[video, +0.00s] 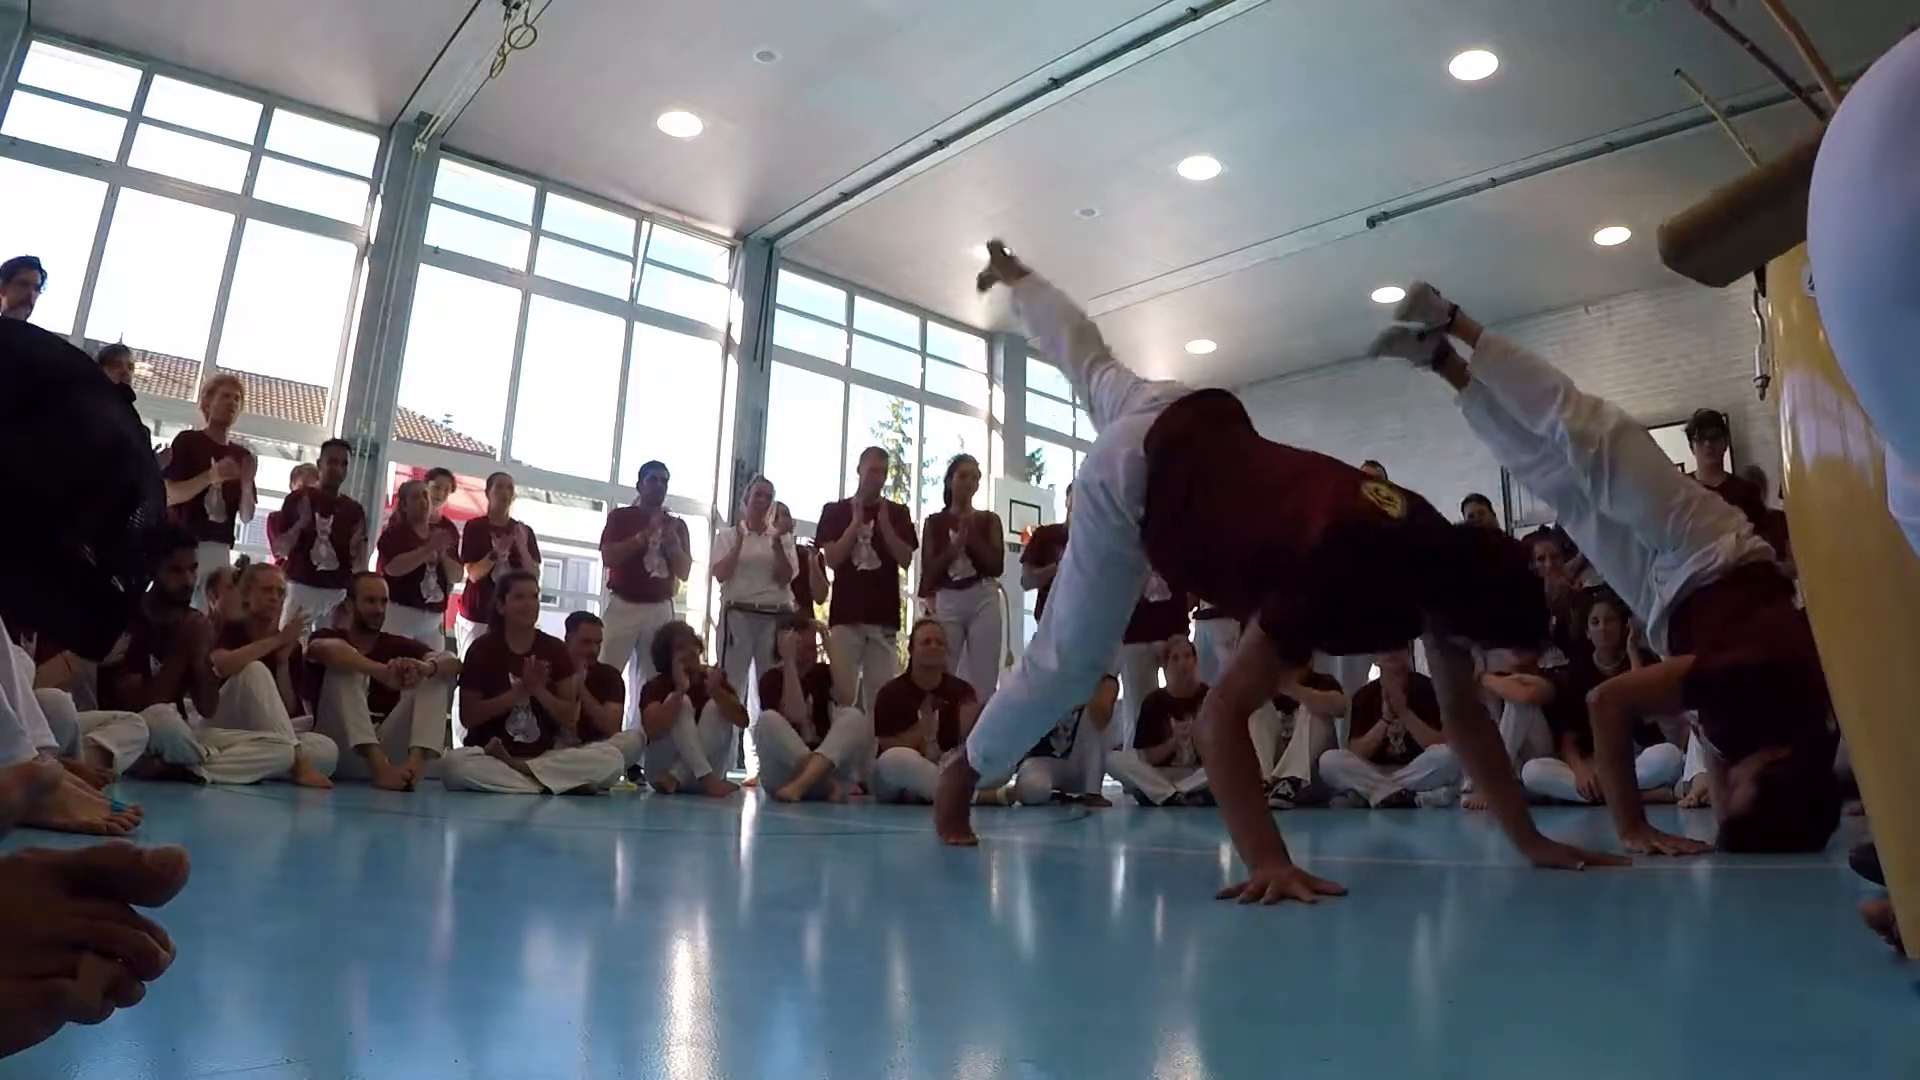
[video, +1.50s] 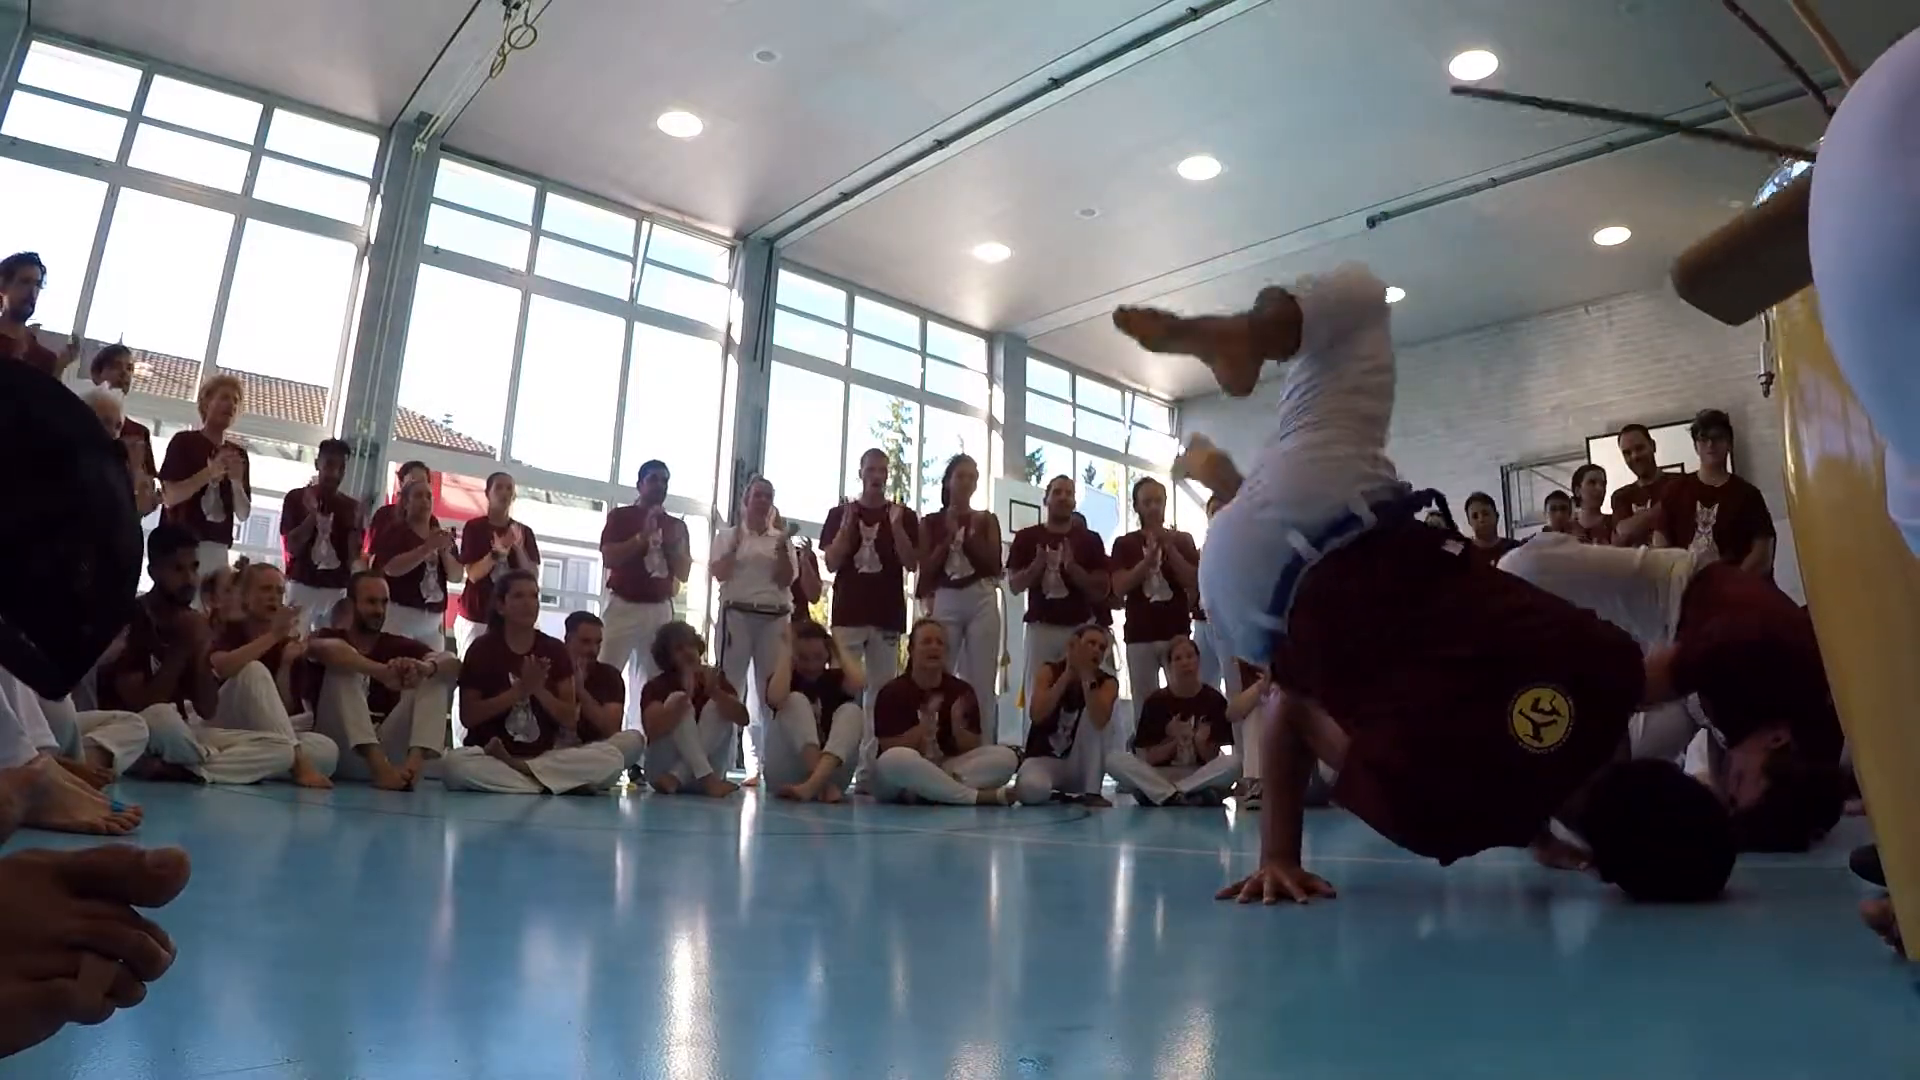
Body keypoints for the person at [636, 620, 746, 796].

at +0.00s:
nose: (691, 651)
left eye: (693, 644)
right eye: (681, 647)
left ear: (699, 647)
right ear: (667, 655)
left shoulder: (714, 678)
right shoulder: (654, 686)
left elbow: (743, 721)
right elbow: (652, 729)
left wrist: (716, 691)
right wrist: (678, 692)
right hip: (663, 772)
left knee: (716, 706)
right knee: (680, 702)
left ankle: (675, 776)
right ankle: (707, 777)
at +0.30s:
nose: (687, 651)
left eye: (689, 644)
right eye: (677, 648)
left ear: (696, 646)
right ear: (663, 656)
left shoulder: (714, 678)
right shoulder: (653, 687)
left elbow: (743, 721)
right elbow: (652, 728)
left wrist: (717, 693)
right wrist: (687, 699)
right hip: (664, 772)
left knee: (717, 704)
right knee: (677, 700)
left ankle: (676, 776)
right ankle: (706, 776)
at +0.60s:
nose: (687, 651)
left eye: (689, 643)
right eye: (677, 648)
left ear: (695, 646)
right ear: (663, 656)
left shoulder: (715, 679)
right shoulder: (653, 687)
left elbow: (742, 717)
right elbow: (653, 728)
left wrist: (711, 692)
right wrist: (690, 695)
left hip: (708, 770)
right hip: (664, 772)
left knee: (719, 704)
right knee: (676, 700)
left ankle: (675, 776)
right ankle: (706, 776)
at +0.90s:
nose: (687, 653)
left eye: (689, 646)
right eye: (677, 650)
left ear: (697, 648)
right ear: (663, 657)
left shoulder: (715, 681)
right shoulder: (653, 688)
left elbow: (742, 716)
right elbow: (653, 729)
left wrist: (710, 692)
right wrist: (691, 695)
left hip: (709, 770)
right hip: (664, 771)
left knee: (719, 704)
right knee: (676, 701)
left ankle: (676, 775)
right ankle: (707, 776)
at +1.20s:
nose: (688, 654)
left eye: (690, 646)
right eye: (679, 650)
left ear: (698, 648)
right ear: (666, 658)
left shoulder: (714, 679)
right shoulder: (654, 688)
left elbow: (743, 720)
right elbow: (652, 730)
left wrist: (715, 695)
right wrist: (680, 694)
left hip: (709, 770)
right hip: (664, 772)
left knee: (720, 708)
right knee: (679, 702)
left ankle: (676, 775)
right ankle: (707, 777)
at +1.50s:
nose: (688, 652)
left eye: (691, 645)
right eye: (679, 648)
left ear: (699, 647)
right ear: (668, 655)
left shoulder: (714, 678)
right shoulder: (655, 686)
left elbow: (743, 719)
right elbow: (652, 730)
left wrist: (715, 692)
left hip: (710, 770)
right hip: (664, 770)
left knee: (720, 704)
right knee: (678, 701)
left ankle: (677, 775)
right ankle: (707, 777)